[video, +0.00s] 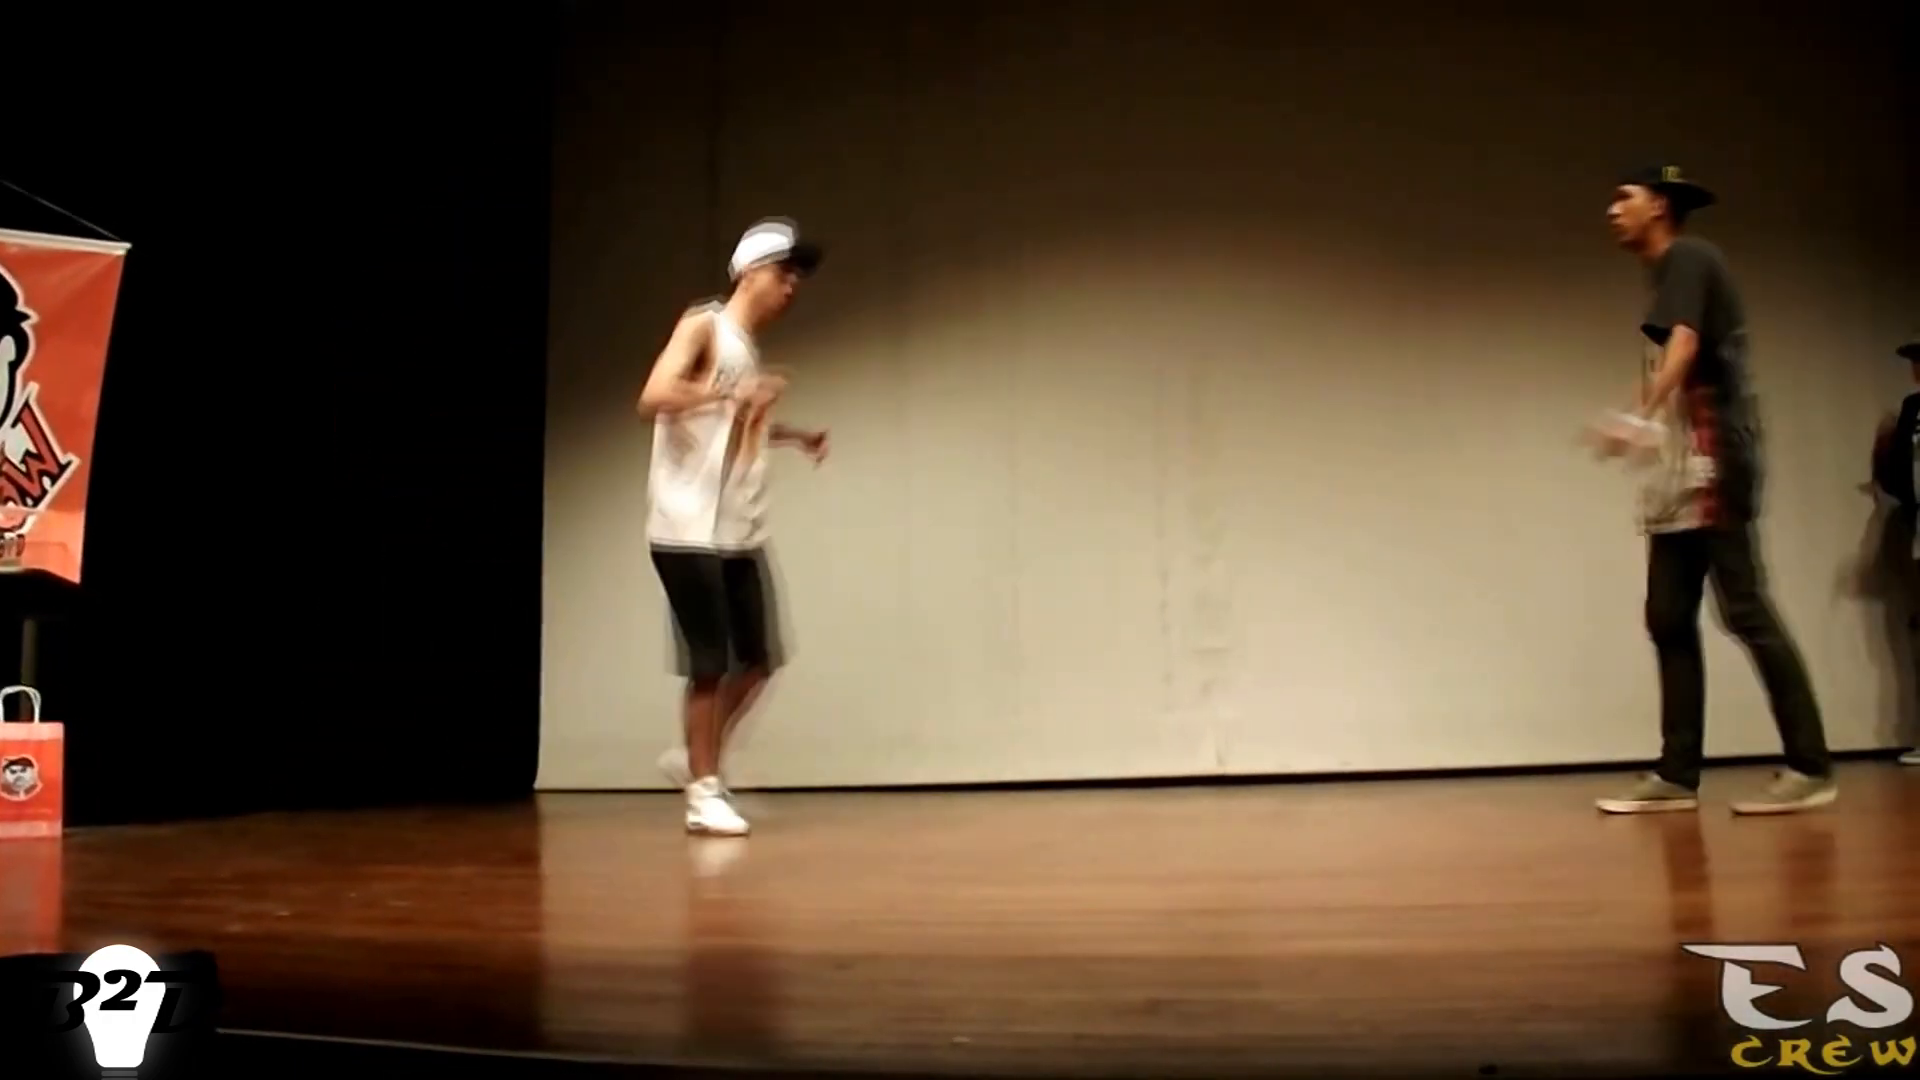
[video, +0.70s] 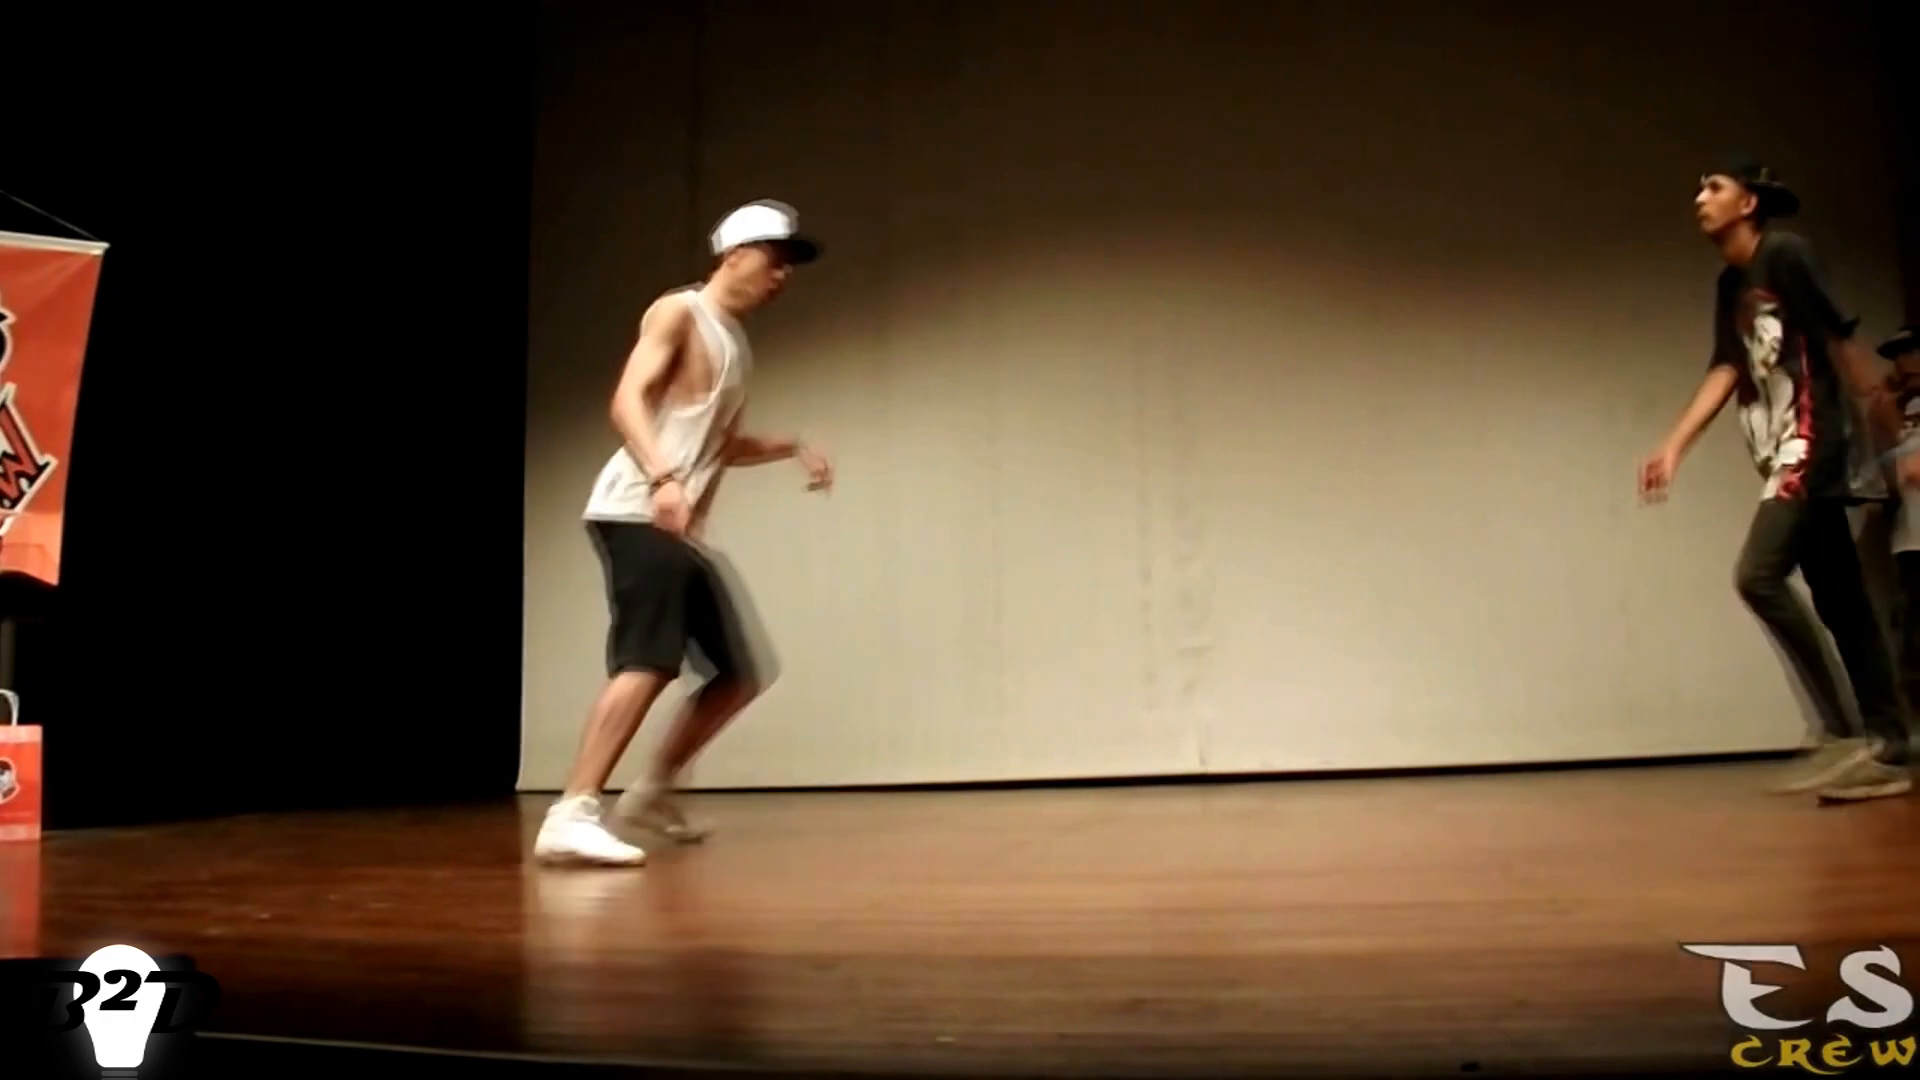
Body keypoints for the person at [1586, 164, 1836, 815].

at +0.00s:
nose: (1613, 211)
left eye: (1625, 199)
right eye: (1615, 201)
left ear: (1662, 208)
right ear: (1654, 212)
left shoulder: (1690, 259)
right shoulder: (1666, 276)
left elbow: (1683, 349)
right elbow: (1682, 373)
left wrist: (1641, 419)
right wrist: (1641, 433)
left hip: (1716, 470)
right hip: (1680, 473)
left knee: (1745, 610)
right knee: (1669, 619)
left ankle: (1811, 768)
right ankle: (1677, 776)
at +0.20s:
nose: (1642, 201)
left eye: (1655, 189)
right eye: (1644, 191)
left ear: (1693, 197)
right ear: (1681, 201)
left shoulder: (1726, 250)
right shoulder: (1699, 267)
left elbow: (1680, 332)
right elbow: (1723, 387)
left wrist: (1578, 375)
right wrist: (1700, 472)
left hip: (1765, 458)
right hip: (1719, 460)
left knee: (1775, 609)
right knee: (1666, 595)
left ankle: (1808, 772)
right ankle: (1754, 743)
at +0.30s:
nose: (1660, 196)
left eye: (1673, 185)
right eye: (1662, 186)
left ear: (1711, 195)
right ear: (1694, 199)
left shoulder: (1745, 250)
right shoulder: (1714, 268)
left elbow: (1699, 330)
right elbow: (1739, 386)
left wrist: (1597, 366)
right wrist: (1718, 471)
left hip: (1775, 463)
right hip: (1731, 465)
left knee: (1779, 612)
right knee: (1698, 602)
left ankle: (1806, 774)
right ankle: (1805, 707)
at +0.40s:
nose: (1675, 196)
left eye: (1689, 185)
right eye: (1676, 187)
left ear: (1726, 197)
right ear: (1701, 204)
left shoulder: (1757, 252)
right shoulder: (1719, 274)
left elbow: (1736, 340)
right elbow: (1732, 392)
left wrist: (1642, 379)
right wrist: (1713, 469)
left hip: (1783, 462)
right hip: (1751, 467)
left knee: (1778, 611)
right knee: (1763, 613)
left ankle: (1803, 774)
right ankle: (1866, 733)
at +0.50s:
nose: (1688, 204)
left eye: (1701, 195)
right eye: (1689, 195)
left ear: (1737, 208)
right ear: (1717, 213)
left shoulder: (1774, 257)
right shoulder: (1721, 289)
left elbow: (1785, 350)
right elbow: (1719, 394)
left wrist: (1731, 413)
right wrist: (1687, 488)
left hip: (1804, 453)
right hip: (1773, 459)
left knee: (1759, 600)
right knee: (1817, 605)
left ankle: (1795, 770)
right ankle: (1893, 753)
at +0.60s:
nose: (1695, 206)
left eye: (1709, 197)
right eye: (1696, 198)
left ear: (1744, 211)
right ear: (1717, 217)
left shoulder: (1783, 262)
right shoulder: (1728, 292)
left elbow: (1815, 361)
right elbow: (1717, 392)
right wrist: (1668, 481)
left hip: (1811, 462)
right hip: (1787, 467)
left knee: (1751, 583)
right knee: (1845, 605)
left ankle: (1802, 747)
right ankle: (1897, 753)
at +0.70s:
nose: (1699, 199)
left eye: (1712, 188)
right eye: (1701, 189)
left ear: (1748, 203)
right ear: (1725, 208)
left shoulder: (1784, 256)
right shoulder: (1730, 278)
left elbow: (1846, 347)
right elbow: (1726, 371)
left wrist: (1891, 437)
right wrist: (1672, 447)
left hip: (1813, 449)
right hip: (1787, 455)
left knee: (1759, 579)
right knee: (1845, 601)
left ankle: (1844, 734)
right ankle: (1891, 746)